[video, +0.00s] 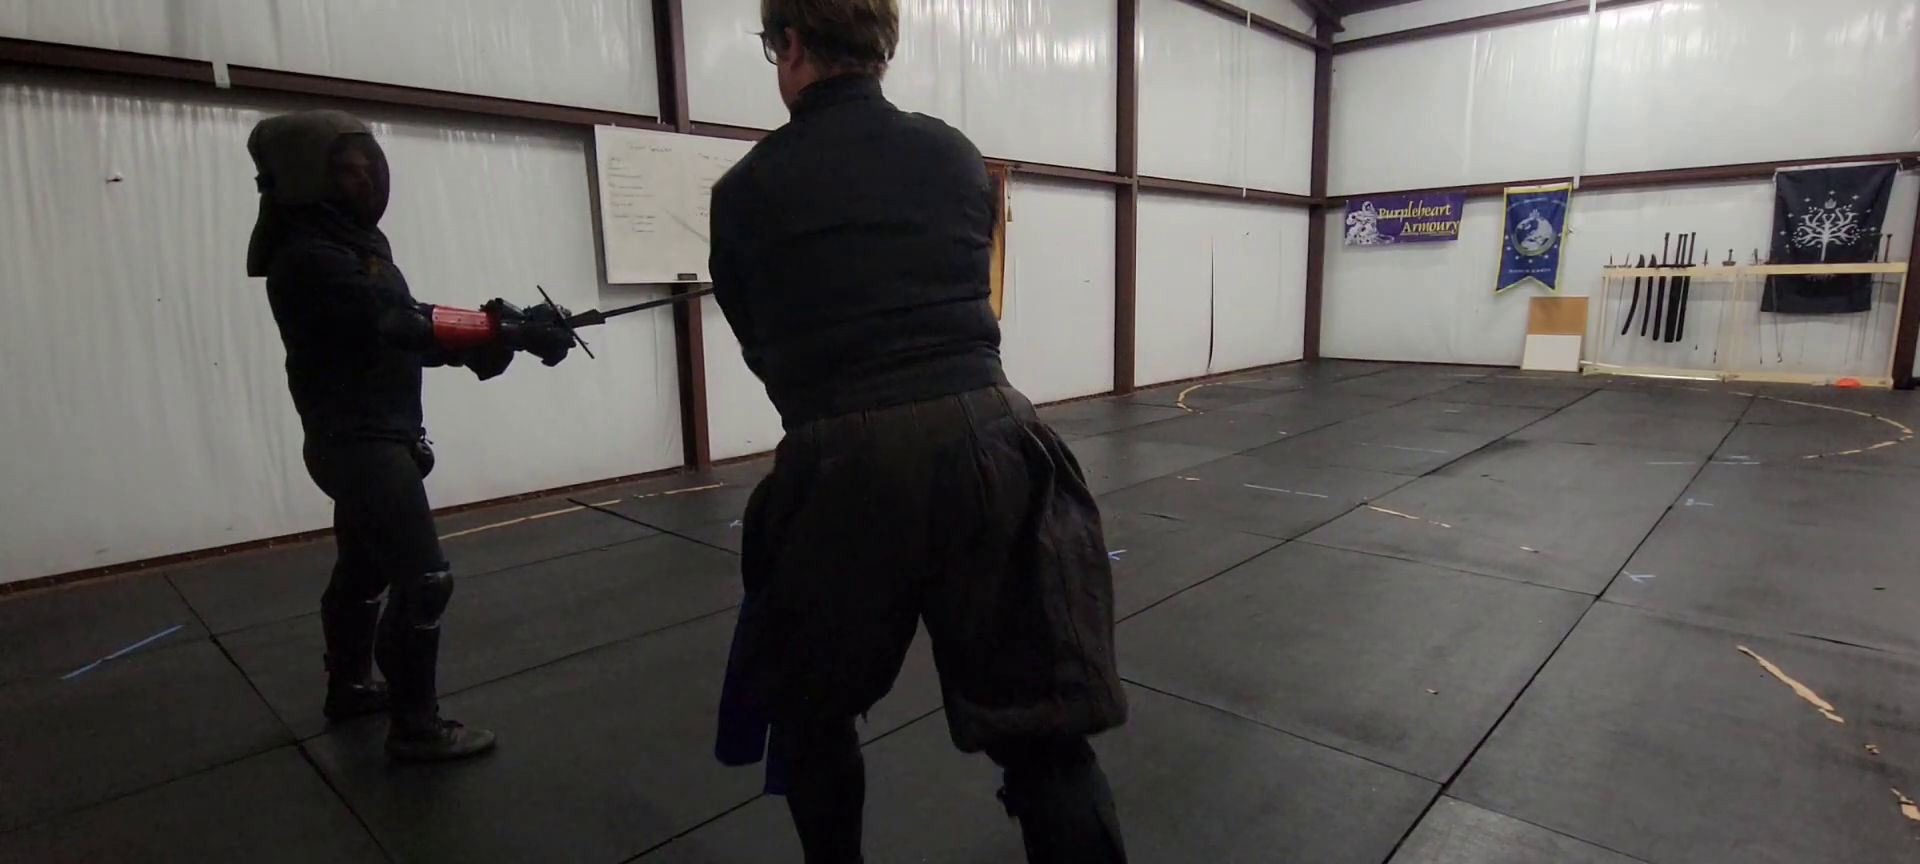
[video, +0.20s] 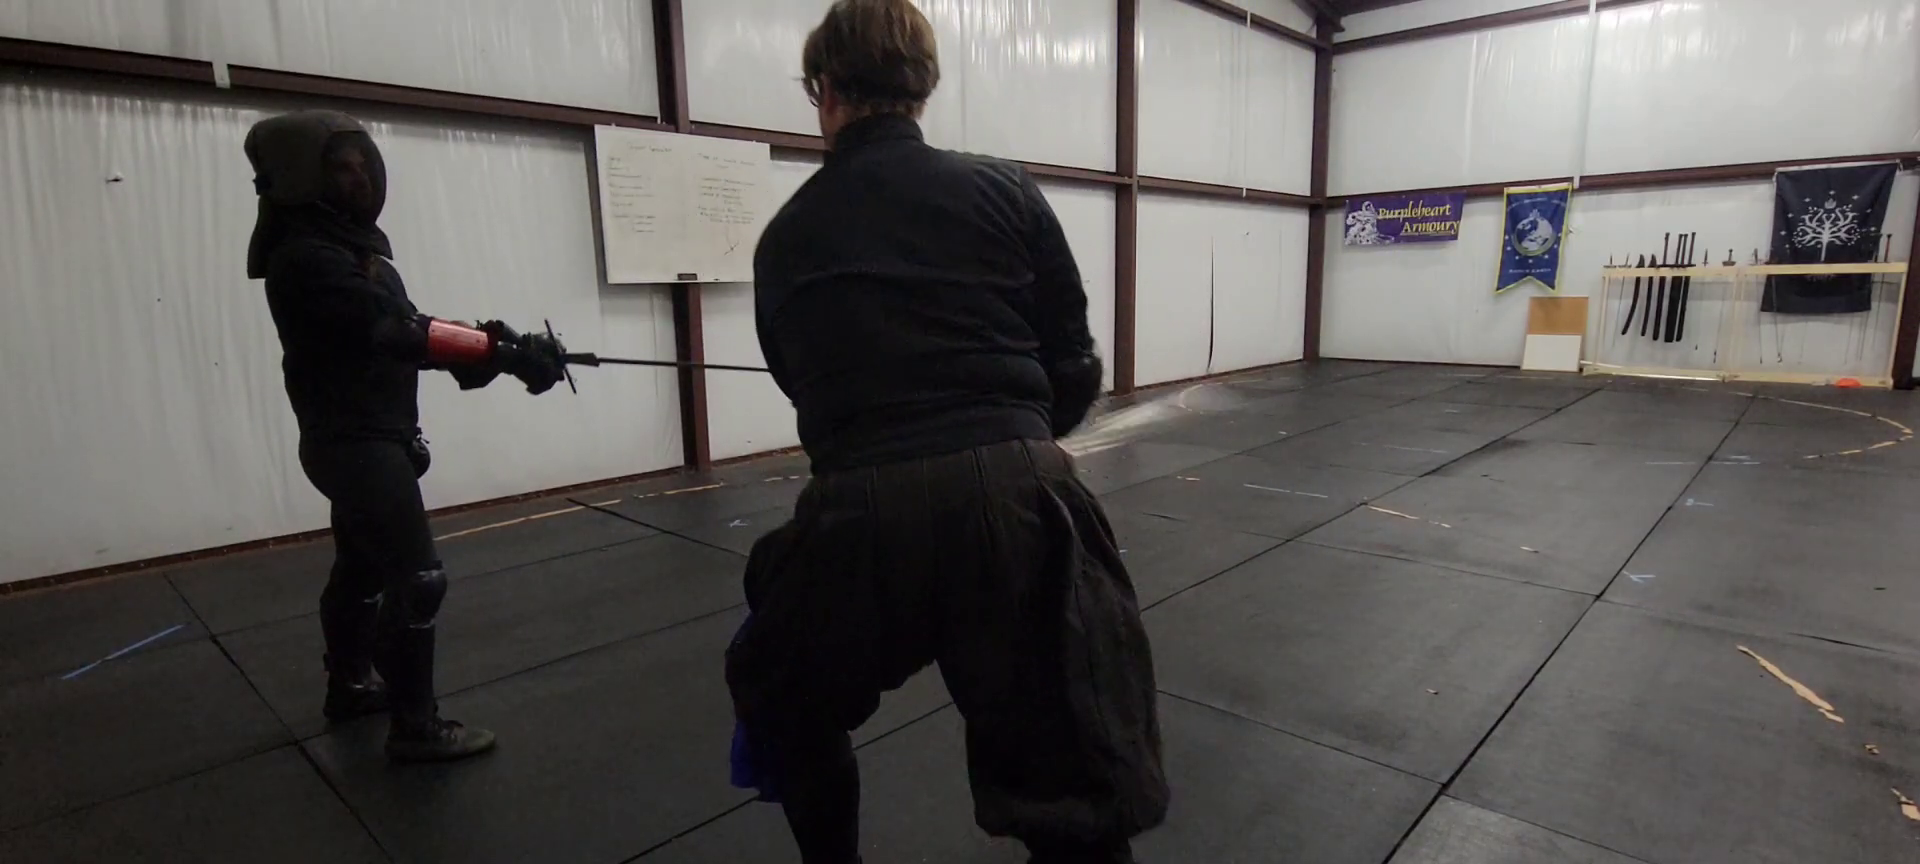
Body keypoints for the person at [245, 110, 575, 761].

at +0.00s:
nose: (377, 178)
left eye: (376, 166)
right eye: (360, 168)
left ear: (373, 173)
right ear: (320, 180)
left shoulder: (356, 244)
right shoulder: (308, 257)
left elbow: (403, 323)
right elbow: (391, 323)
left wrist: (485, 338)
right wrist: (504, 327)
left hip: (382, 440)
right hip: (359, 446)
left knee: (360, 574)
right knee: (422, 583)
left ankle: (350, 690)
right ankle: (416, 728)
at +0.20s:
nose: (367, 180)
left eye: (367, 167)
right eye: (351, 168)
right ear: (315, 179)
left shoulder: (344, 243)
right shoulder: (307, 256)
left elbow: (398, 324)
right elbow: (387, 332)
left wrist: (480, 342)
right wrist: (499, 352)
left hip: (375, 442)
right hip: (356, 447)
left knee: (361, 570)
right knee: (416, 581)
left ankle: (350, 687)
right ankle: (416, 727)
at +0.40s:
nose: (368, 178)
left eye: (370, 165)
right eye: (351, 167)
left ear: (372, 171)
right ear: (312, 179)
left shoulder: (346, 244)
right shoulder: (306, 258)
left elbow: (393, 330)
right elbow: (381, 339)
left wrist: (464, 354)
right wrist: (495, 368)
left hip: (372, 441)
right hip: (353, 447)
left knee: (359, 570)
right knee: (410, 580)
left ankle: (348, 688)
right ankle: (416, 726)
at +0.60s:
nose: (367, 179)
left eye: (369, 165)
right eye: (350, 167)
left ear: (372, 172)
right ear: (311, 179)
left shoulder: (351, 248)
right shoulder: (302, 259)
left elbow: (396, 335)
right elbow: (376, 341)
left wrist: (470, 369)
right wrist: (486, 379)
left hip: (376, 441)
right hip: (350, 447)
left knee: (358, 571)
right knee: (408, 581)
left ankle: (349, 688)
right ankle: (414, 725)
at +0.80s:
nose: (365, 179)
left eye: (366, 166)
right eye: (348, 167)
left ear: (365, 175)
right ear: (310, 179)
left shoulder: (351, 247)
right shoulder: (300, 259)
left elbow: (398, 336)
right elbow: (367, 346)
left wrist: (466, 380)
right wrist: (473, 393)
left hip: (373, 439)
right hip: (348, 445)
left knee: (357, 569)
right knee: (399, 583)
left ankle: (350, 687)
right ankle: (413, 725)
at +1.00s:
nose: (362, 180)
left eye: (366, 167)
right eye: (345, 168)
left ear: (372, 174)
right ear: (307, 178)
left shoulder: (354, 247)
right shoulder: (297, 257)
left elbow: (397, 335)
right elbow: (360, 347)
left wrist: (461, 380)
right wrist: (468, 396)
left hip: (371, 439)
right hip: (341, 445)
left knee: (356, 569)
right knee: (390, 581)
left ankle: (349, 688)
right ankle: (411, 722)